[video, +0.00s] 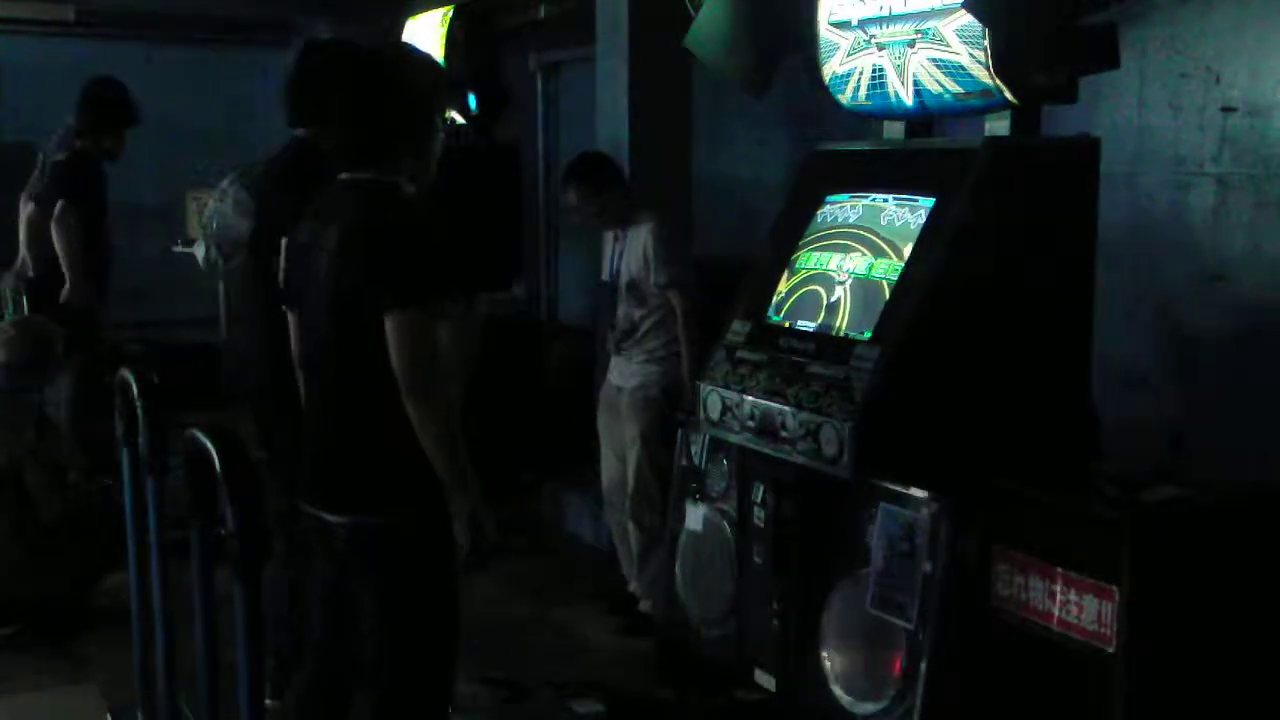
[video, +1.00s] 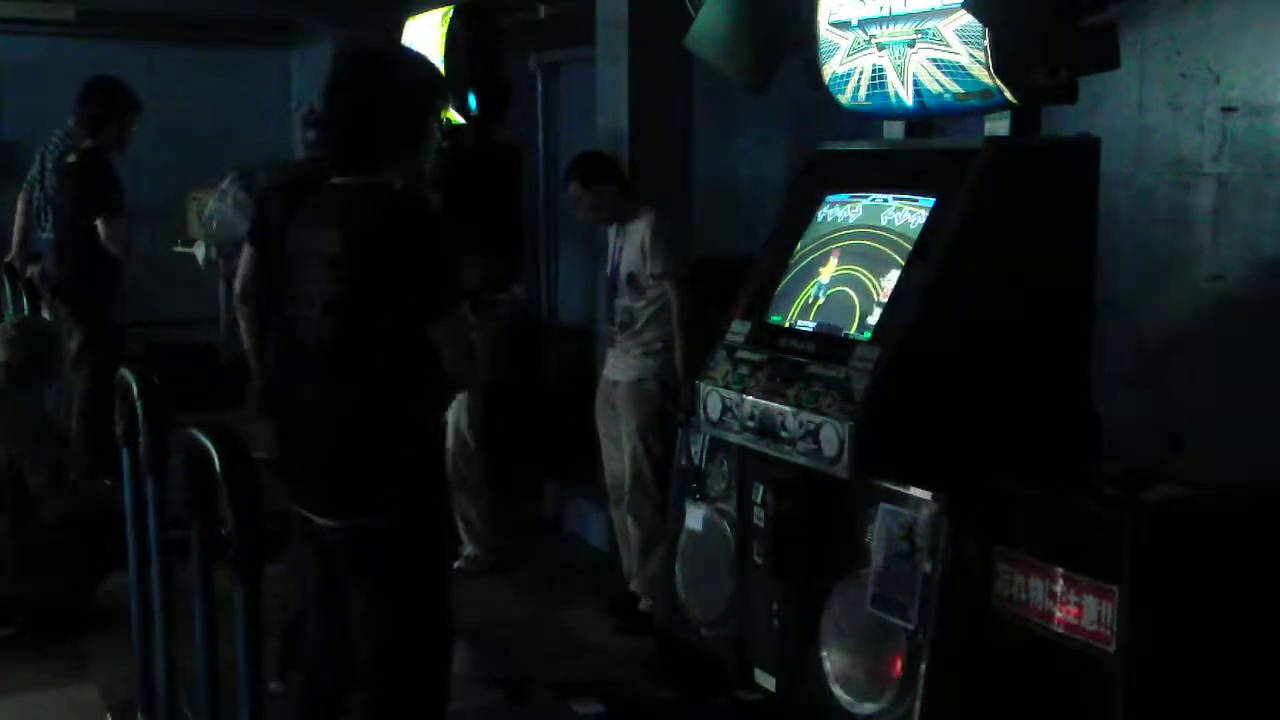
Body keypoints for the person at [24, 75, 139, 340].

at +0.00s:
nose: (125, 140)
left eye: (125, 130)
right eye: (121, 129)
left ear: (87, 120)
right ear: (106, 128)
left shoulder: (56, 155)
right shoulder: (84, 164)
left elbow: (30, 208)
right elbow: (63, 221)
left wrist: (28, 264)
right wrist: (74, 281)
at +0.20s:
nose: (131, 138)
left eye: (132, 127)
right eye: (127, 127)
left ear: (88, 116)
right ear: (109, 121)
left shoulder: (60, 146)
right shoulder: (89, 158)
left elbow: (34, 205)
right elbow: (66, 216)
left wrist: (36, 260)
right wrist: (75, 278)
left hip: (55, 287)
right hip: (84, 290)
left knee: (62, 380)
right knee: (84, 380)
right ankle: (83, 469)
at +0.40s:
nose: (131, 136)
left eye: (131, 126)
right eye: (127, 125)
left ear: (88, 113)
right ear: (109, 119)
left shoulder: (60, 144)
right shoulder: (89, 155)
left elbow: (34, 203)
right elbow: (66, 217)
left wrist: (40, 259)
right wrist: (71, 279)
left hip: (61, 284)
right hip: (86, 286)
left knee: (67, 373)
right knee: (88, 373)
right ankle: (85, 465)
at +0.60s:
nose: (128, 134)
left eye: (128, 123)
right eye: (124, 122)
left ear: (84, 113)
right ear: (105, 117)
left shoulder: (59, 144)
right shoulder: (89, 155)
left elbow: (30, 204)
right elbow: (73, 223)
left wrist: (29, 257)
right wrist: (78, 286)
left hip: (64, 292)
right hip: (91, 294)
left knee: (71, 379)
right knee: (93, 382)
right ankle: (88, 470)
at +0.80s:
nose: (126, 133)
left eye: (126, 121)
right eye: (122, 121)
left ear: (81, 114)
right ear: (103, 118)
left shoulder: (54, 149)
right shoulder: (91, 160)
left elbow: (30, 202)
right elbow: (88, 231)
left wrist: (23, 254)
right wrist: (106, 292)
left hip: (57, 282)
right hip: (87, 290)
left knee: (66, 373)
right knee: (92, 378)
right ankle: (87, 470)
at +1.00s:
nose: (128, 135)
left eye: (130, 125)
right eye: (126, 124)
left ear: (84, 114)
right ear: (108, 119)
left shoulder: (52, 153)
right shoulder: (95, 162)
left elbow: (26, 200)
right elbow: (110, 233)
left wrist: (17, 253)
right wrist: (129, 256)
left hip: (49, 275)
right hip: (87, 280)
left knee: (67, 365)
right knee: (92, 370)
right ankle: (87, 464)